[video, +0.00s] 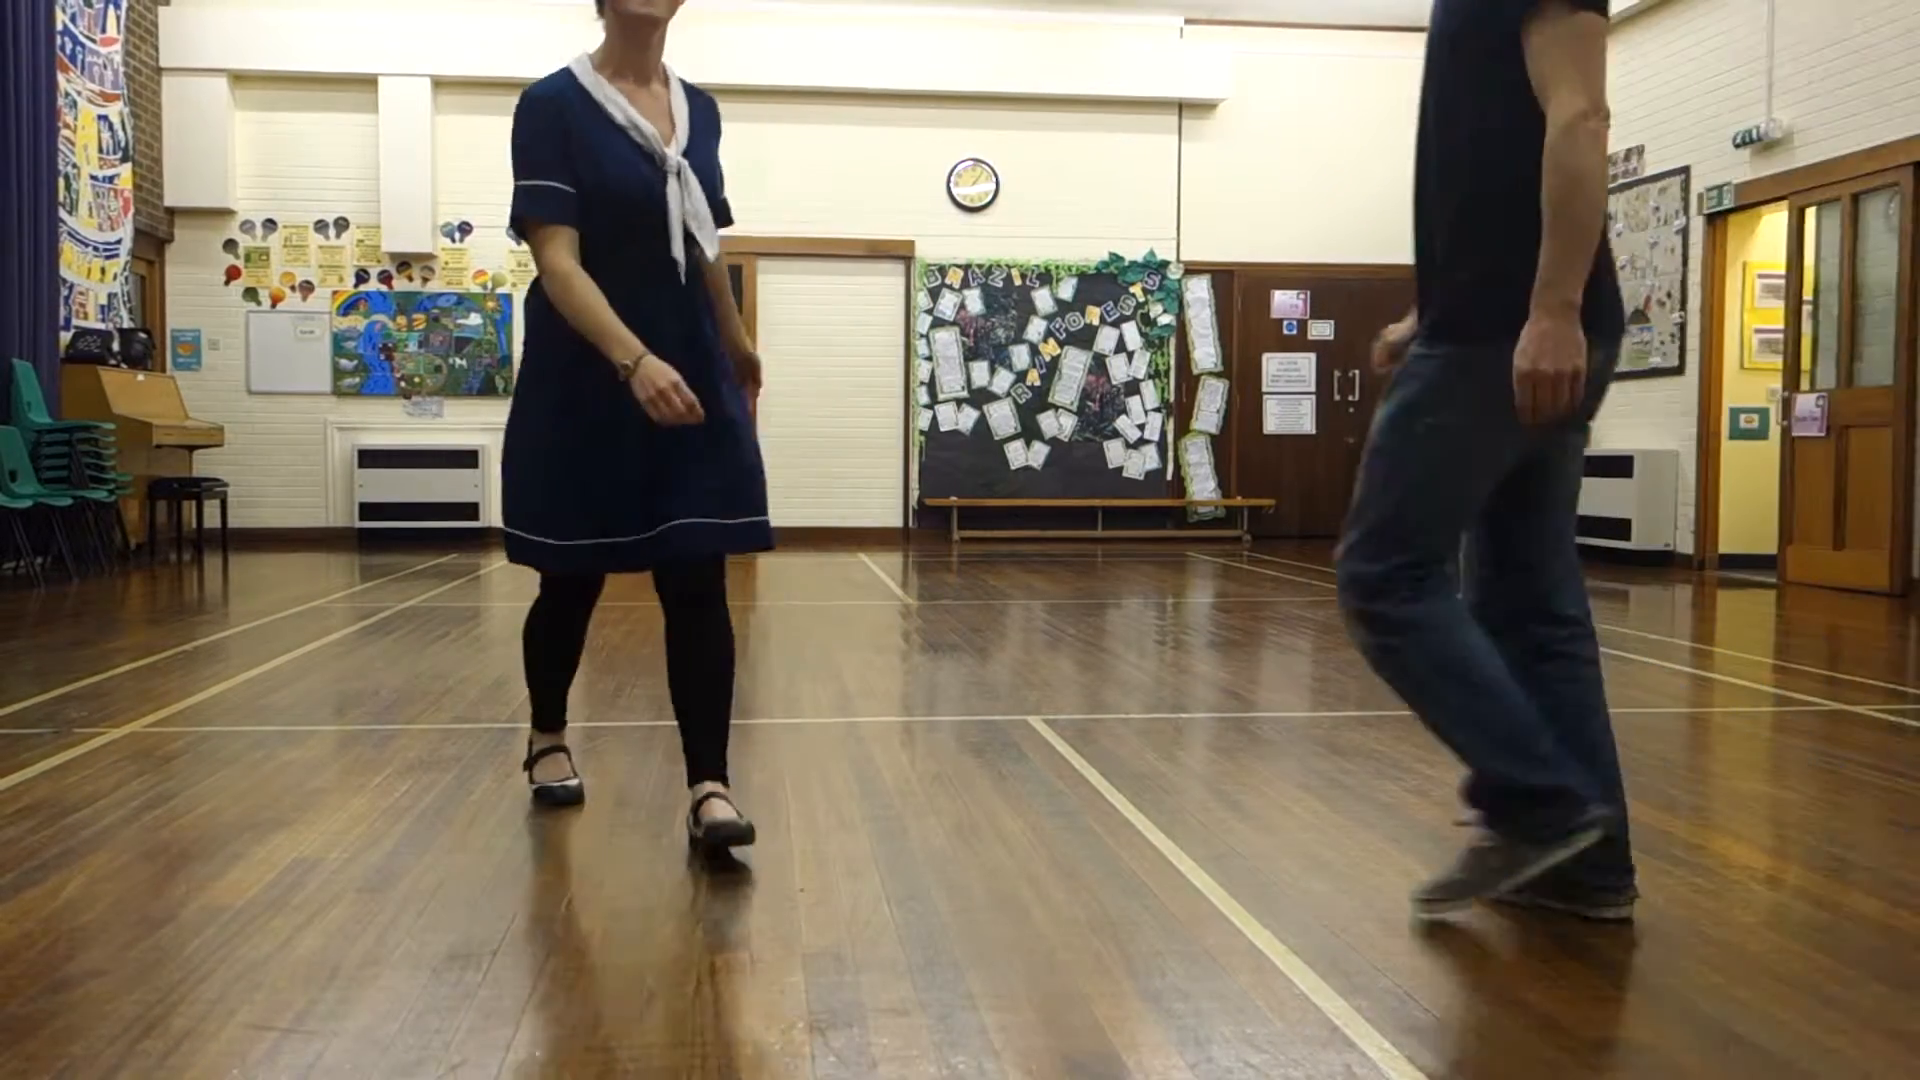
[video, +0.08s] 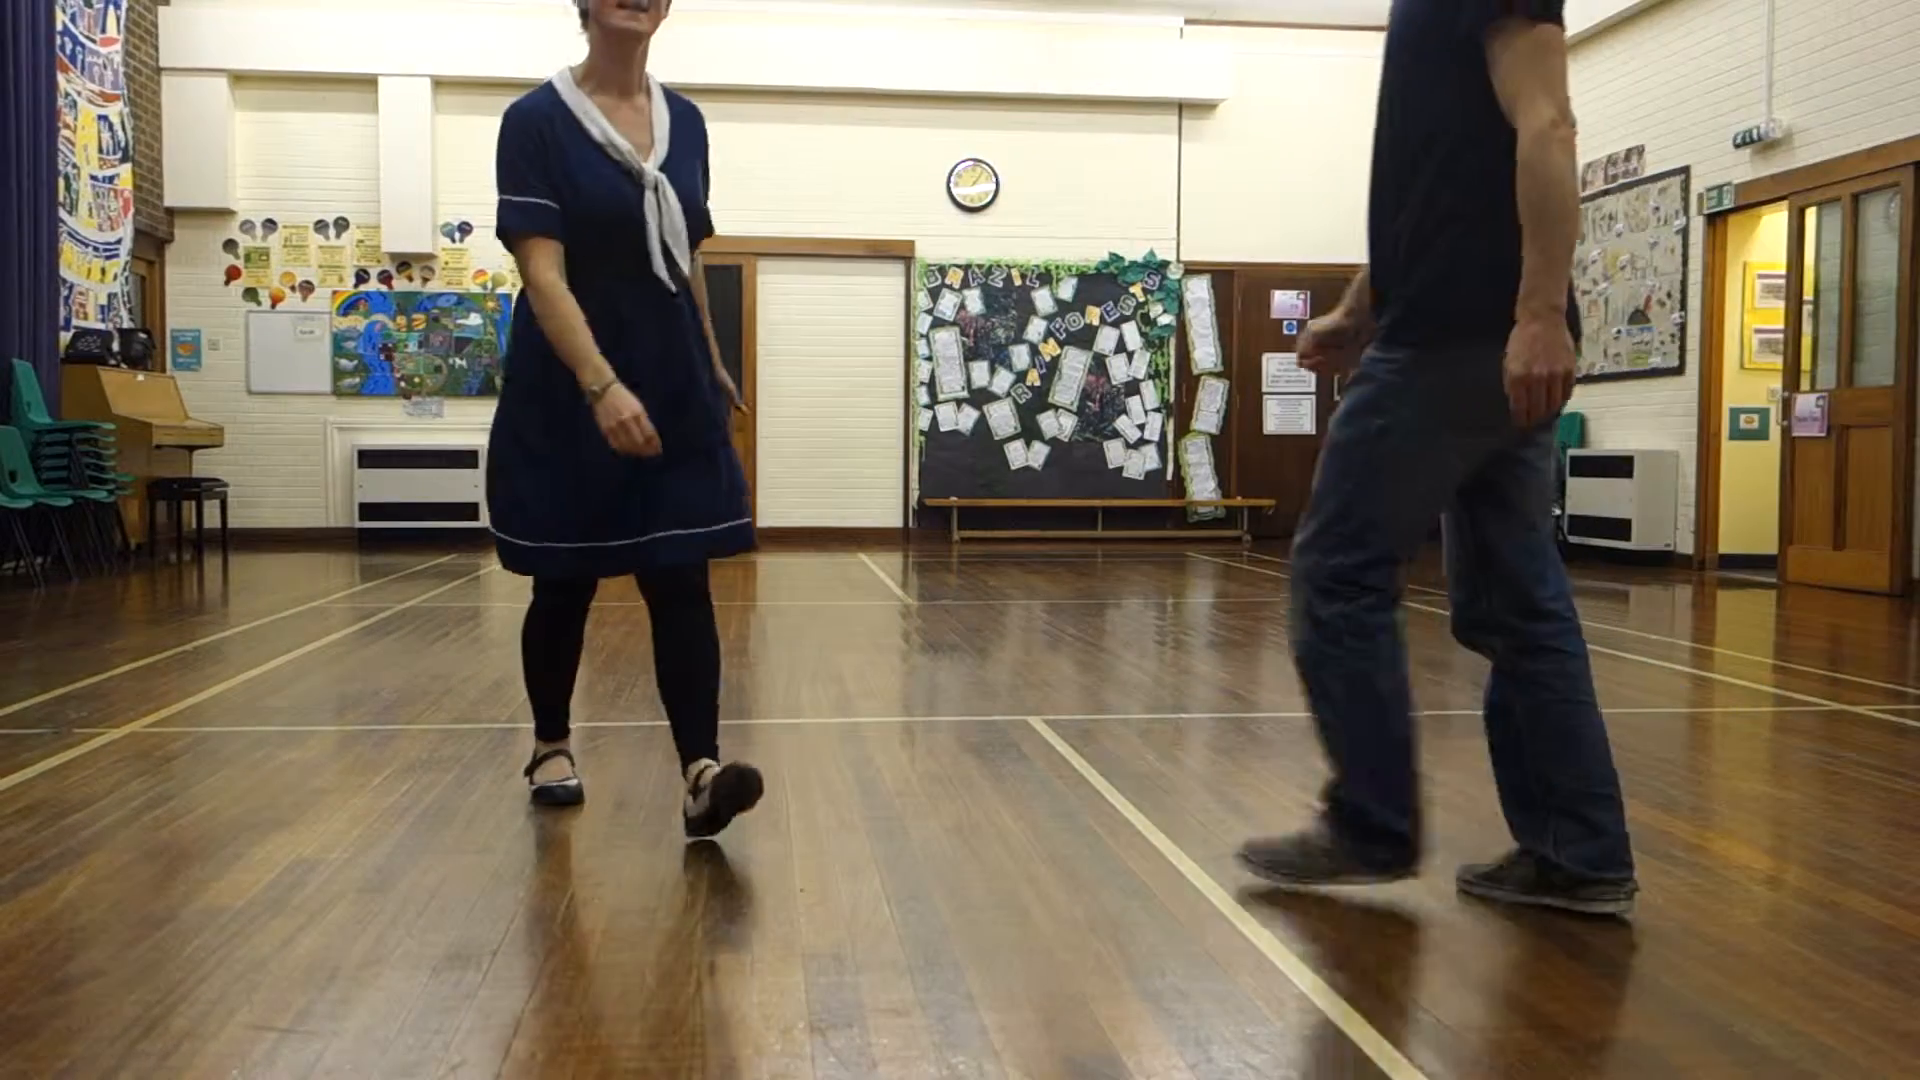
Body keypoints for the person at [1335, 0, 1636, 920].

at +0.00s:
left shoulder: (1547, 7)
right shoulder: (1474, 20)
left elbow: (1582, 121)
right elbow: (1505, 162)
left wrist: (1555, 309)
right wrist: (1431, 316)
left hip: (1490, 337)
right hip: (1538, 336)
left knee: (1384, 580)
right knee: (1534, 601)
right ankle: (1593, 860)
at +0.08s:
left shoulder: (1503, 6)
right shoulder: (1433, 20)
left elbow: (1549, 127)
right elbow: (1450, 169)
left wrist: (1542, 313)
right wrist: (1362, 309)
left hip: (1447, 338)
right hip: (1496, 336)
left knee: (1337, 574)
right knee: (1518, 606)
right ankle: (1580, 855)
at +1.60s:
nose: (807, 14)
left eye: (817, 2)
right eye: (811, 3)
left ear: (855, 9)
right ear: (866, 14)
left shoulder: (874, 101)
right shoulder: (902, 103)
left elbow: (854, 243)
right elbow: (883, 250)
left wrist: (767, 325)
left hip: (863, 369)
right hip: (892, 365)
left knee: (833, 550)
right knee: (846, 536)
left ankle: (861, 726)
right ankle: (910, 686)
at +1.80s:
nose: (806, 28)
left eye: (822, 15)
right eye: (809, 14)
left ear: (867, 29)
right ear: (852, 33)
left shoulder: (896, 129)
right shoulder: (851, 131)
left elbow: (873, 261)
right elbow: (840, 264)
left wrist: (774, 323)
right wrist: (814, 375)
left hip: (874, 380)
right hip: (845, 378)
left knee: (820, 559)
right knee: (847, 550)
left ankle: (862, 724)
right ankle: (888, 702)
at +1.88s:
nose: (807, 30)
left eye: (824, 17)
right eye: (811, 17)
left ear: (871, 34)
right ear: (850, 37)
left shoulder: (906, 134)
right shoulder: (831, 142)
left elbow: (889, 265)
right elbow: (824, 268)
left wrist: (804, 348)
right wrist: (796, 373)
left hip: (885, 379)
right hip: (845, 378)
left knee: (816, 545)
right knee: (851, 551)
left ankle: (853, 718)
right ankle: (888, 701)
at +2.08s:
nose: (818, 37)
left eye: (835, 25)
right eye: (820, 25)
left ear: (884, 40)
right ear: (850, 42)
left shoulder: (921, 143)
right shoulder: (827, 147)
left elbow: (936, 267)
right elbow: (804, 262)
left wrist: (928, 385)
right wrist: (765, 352)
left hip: (885, 380)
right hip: (834, 378)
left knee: (853, 554)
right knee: (837, 552)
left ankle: (876, 713)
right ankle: (878, 700)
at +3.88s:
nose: (822, 38)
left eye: (837, 23)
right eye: (823, 25)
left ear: (885, 34)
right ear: (864, 37)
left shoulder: (915, 132)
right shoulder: (861, 140)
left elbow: (913, 257)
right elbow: (840, 266)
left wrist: (858, 361)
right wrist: (799, 359)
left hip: (885, 377)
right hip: (853, 375)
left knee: (854, 554)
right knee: (841, 552)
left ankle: (887, 719)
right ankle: (872, 706)